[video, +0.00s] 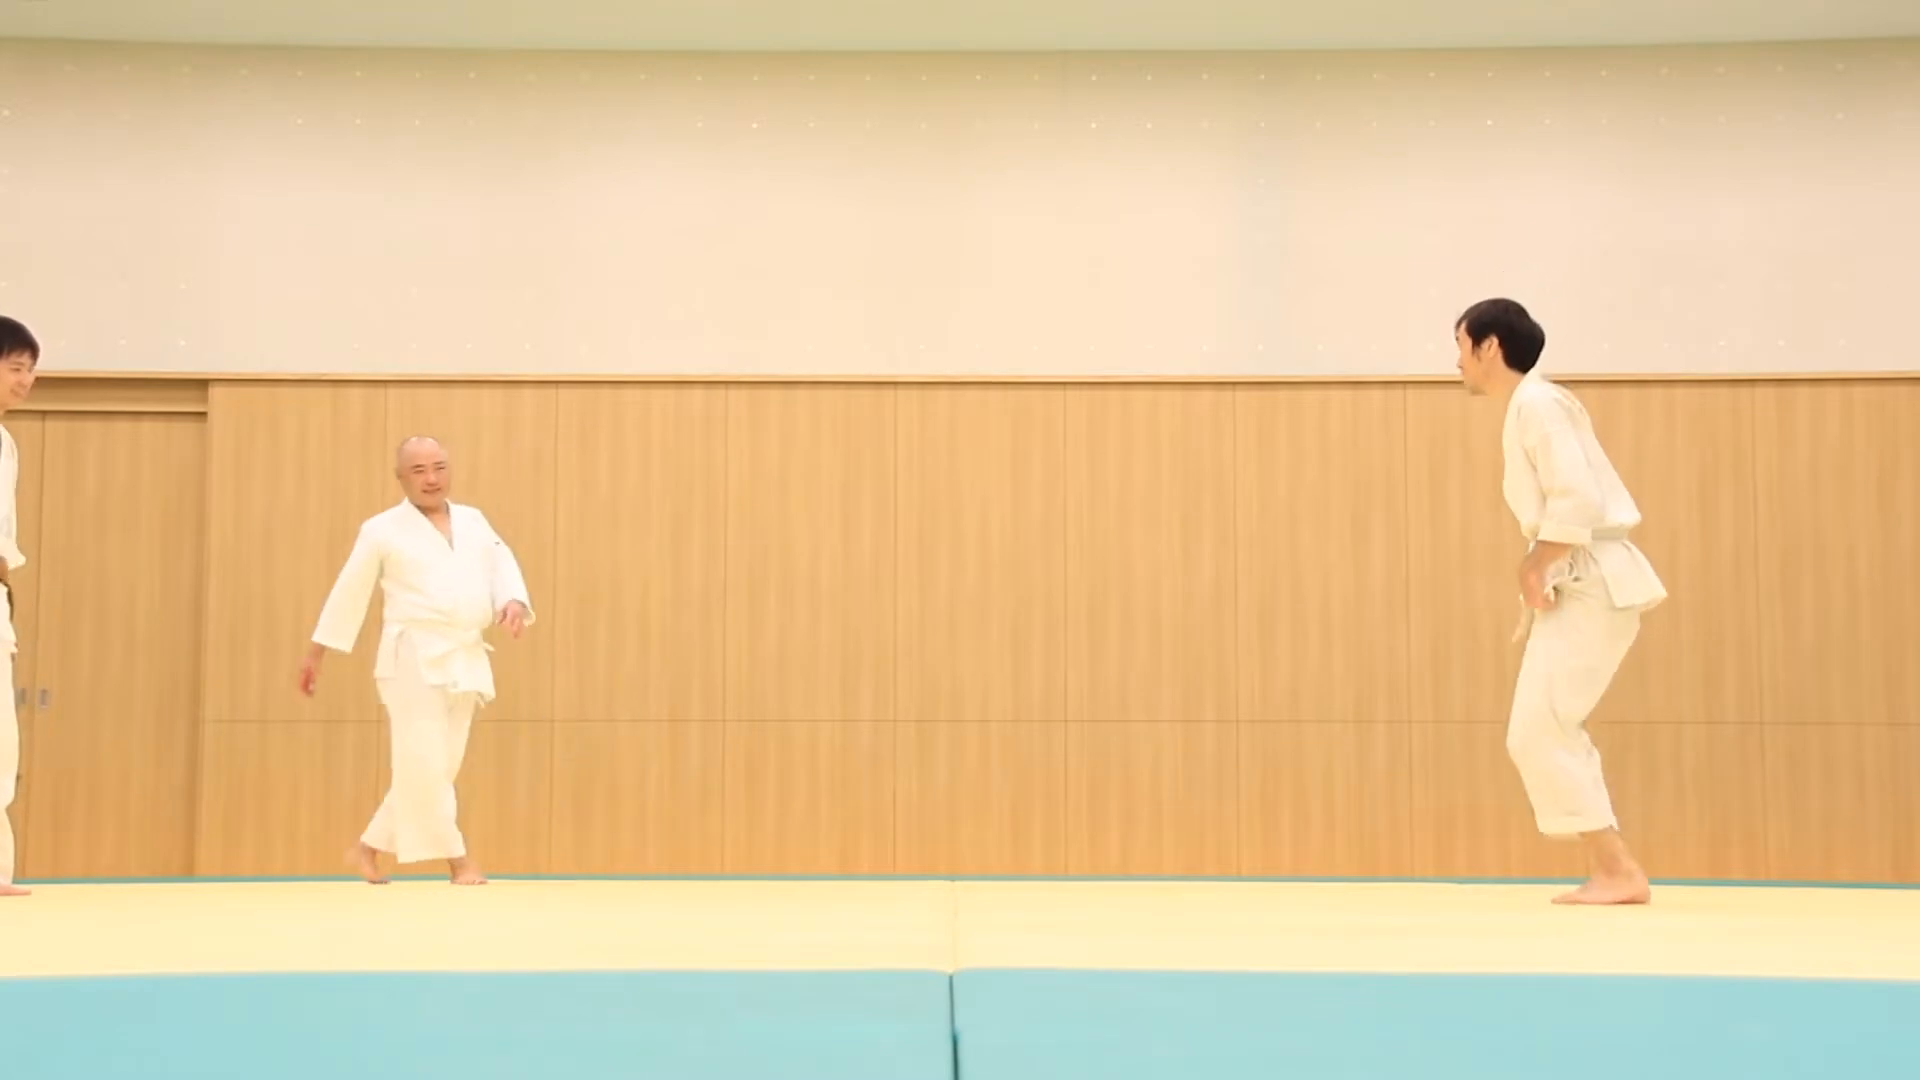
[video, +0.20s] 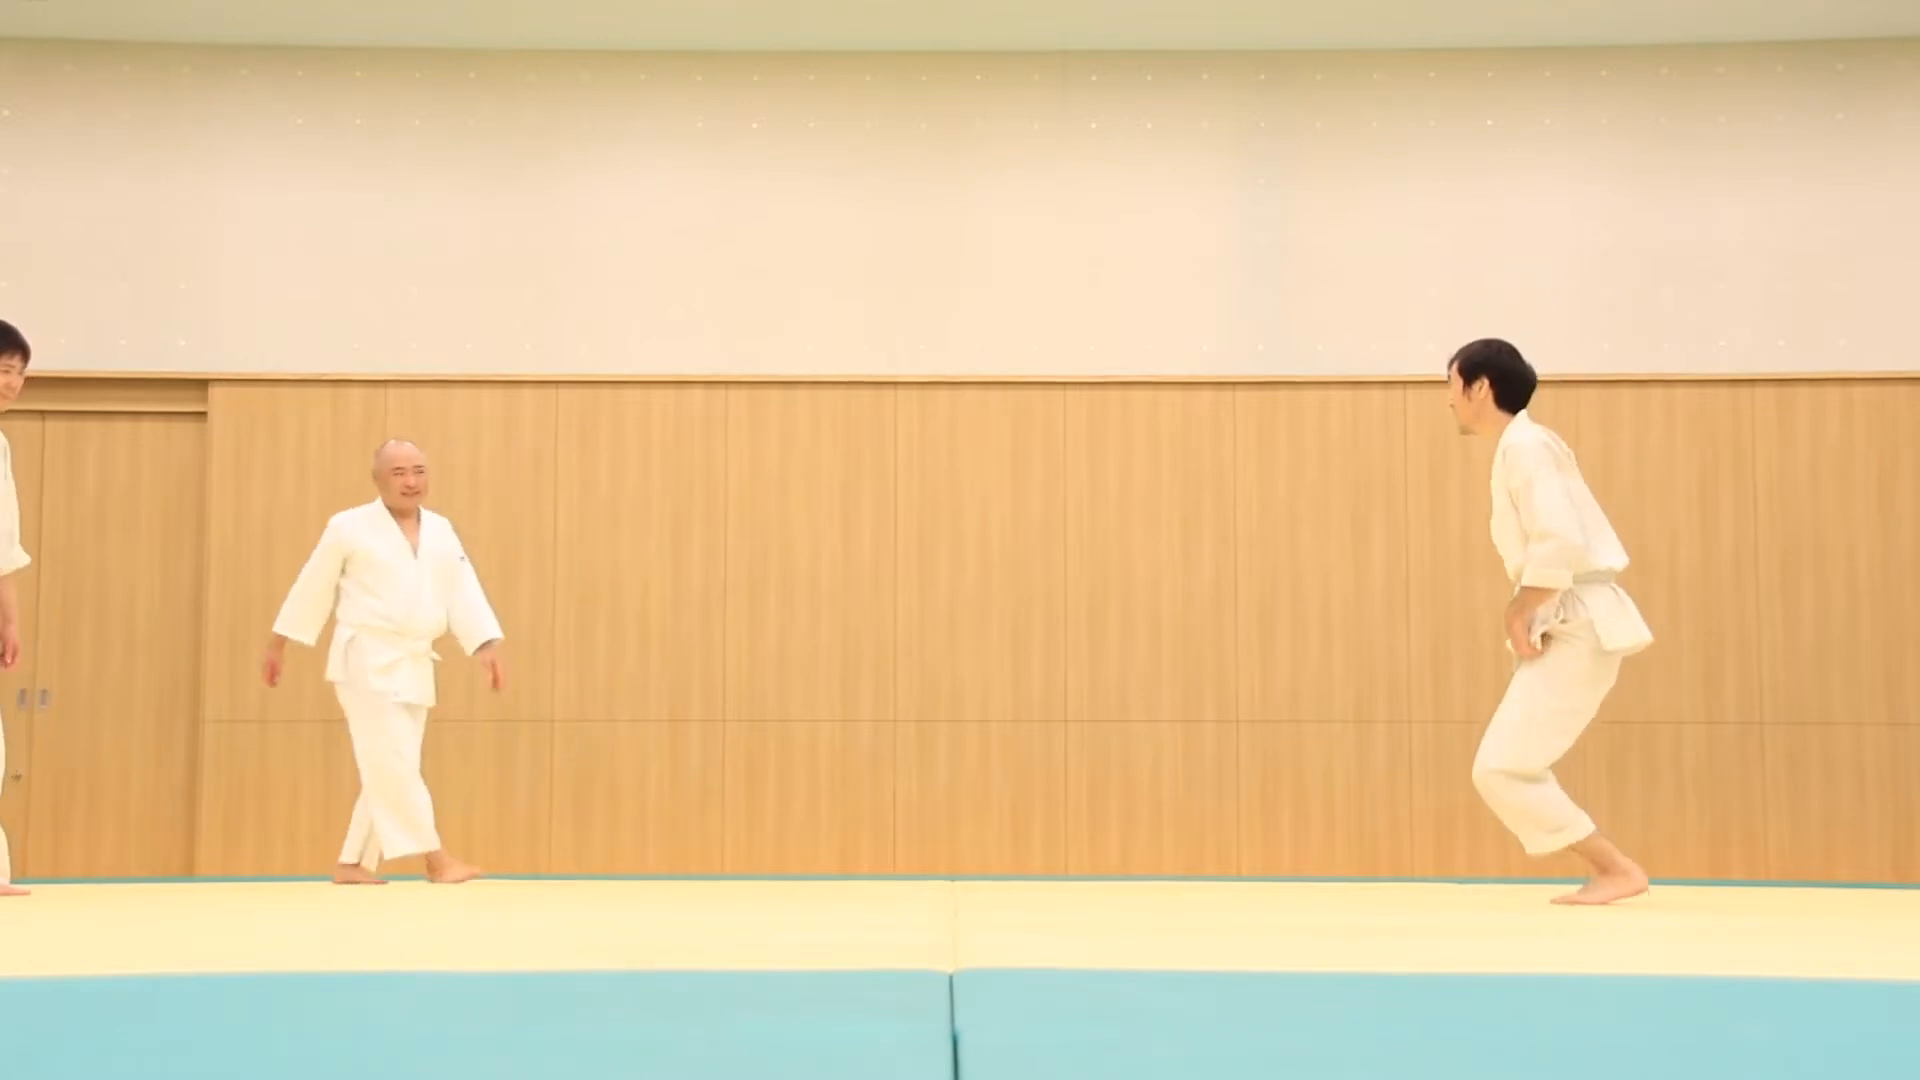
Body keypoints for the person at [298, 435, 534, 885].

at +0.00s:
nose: (431, 478)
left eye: (439, 468)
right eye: (419, 470)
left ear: (450, 471)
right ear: (401, 477)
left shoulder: (473, 522)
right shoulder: (383, 530)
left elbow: (502, 562)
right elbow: (348, 593)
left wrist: (513, 599)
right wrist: (315, 652)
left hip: (465, 657)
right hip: (410, 658)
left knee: (444, 760)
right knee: (425, 758)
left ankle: (371, 844)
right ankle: (459, 861)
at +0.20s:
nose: (410, 480)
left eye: (418, 471)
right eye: (398, 472)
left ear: (428, 476)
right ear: (378, 480)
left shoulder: (439, 530)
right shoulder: (349, 526)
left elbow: (463, 588)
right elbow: (312, 586)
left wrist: (486, 645)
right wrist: (277, 644)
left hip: (416, 658)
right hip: (364, 657)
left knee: (398, 758)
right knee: (393, 755)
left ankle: (352, 863)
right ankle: (436, 859)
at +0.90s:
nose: (259, 472)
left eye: (269, 463)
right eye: (248, 464)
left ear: (286, 468)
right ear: (237, 470)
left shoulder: (312, 522)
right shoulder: (212, 522)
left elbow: (337, 584)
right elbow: (189, 587)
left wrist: (356, 644)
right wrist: (179, 650)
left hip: (285, 659)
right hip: (221, 657)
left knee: (314, 760)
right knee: (204, 760)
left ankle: (338, 862)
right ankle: (205, 864)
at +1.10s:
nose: (208, 469)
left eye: (219, 459)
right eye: (199, 461)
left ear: (242, 464)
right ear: (190, 467)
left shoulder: (271, 515)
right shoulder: (173, 523)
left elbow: (298, 572)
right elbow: (153, 594)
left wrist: (312, 624)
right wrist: (135, 659)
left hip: (244, 658)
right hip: (183, 658)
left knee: (255, 759)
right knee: (186, 762)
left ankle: (265, 858)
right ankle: (203, 864)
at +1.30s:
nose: (169, 467)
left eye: (180, 458)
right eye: (160, 459)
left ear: (203, 462)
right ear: (151, 464)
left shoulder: (230, 511)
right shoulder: (141, 523)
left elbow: (254, 571)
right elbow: (128, 595)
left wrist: (266, 628)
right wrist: (103, 654)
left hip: (206, 648)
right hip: (155, 651)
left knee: (167, 748)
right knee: (174, 754)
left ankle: (143, 859)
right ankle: (204, 865)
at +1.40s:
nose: (151, 468)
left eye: (163, 459)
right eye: (142, 459)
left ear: (183, 463)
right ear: (131, 464)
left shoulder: (208, 512)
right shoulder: (124, 523)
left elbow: (231, 573)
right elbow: (112, 594)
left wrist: (246, 632)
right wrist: (89, 653)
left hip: (185, 654)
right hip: (137, 655)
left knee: (140, 752)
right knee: (168, 759)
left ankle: (98, 859)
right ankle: (203, 864)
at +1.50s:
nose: (131, 466)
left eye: (143, 457)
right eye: (121, 457)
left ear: (165, 462)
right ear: (112, 463)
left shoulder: (186, 513)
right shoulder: (103, 522)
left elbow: (207, 574)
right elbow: (95, 592)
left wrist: (223, 635)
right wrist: (74, 651)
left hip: (158, 654)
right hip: (111, 655)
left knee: (121, 757)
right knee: (145, 761)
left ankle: (88, 867)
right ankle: (197, 857)